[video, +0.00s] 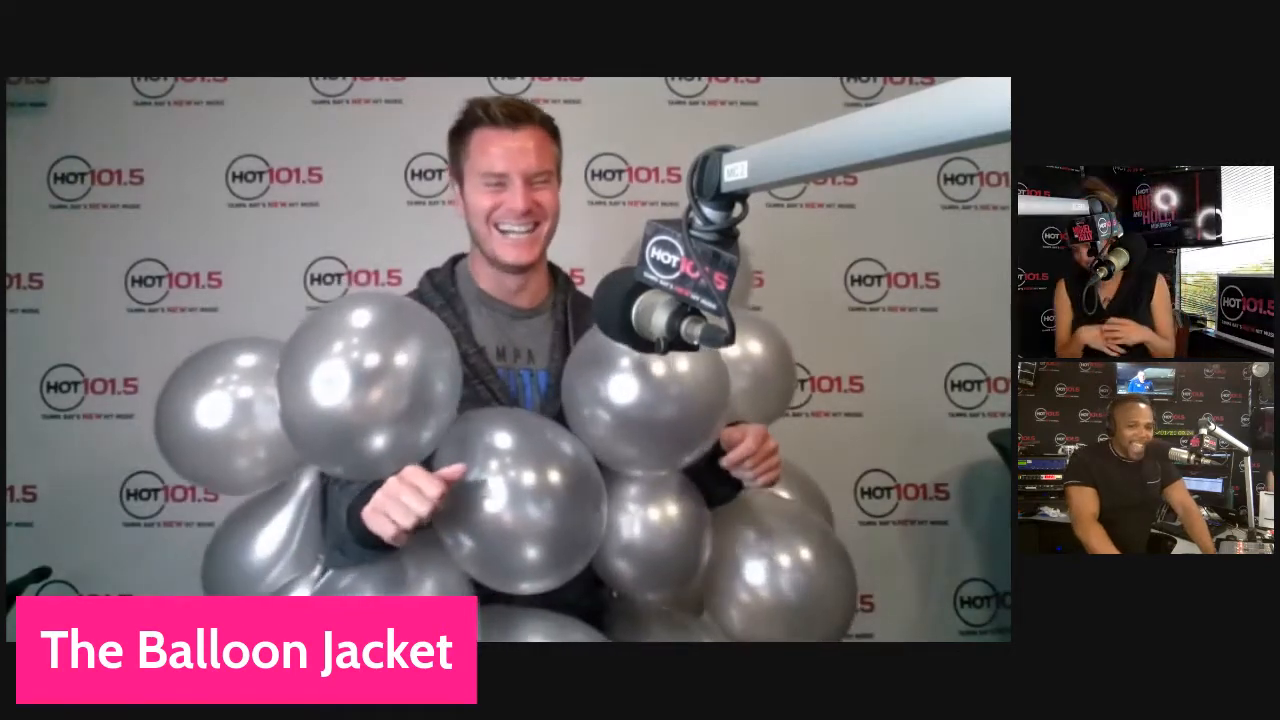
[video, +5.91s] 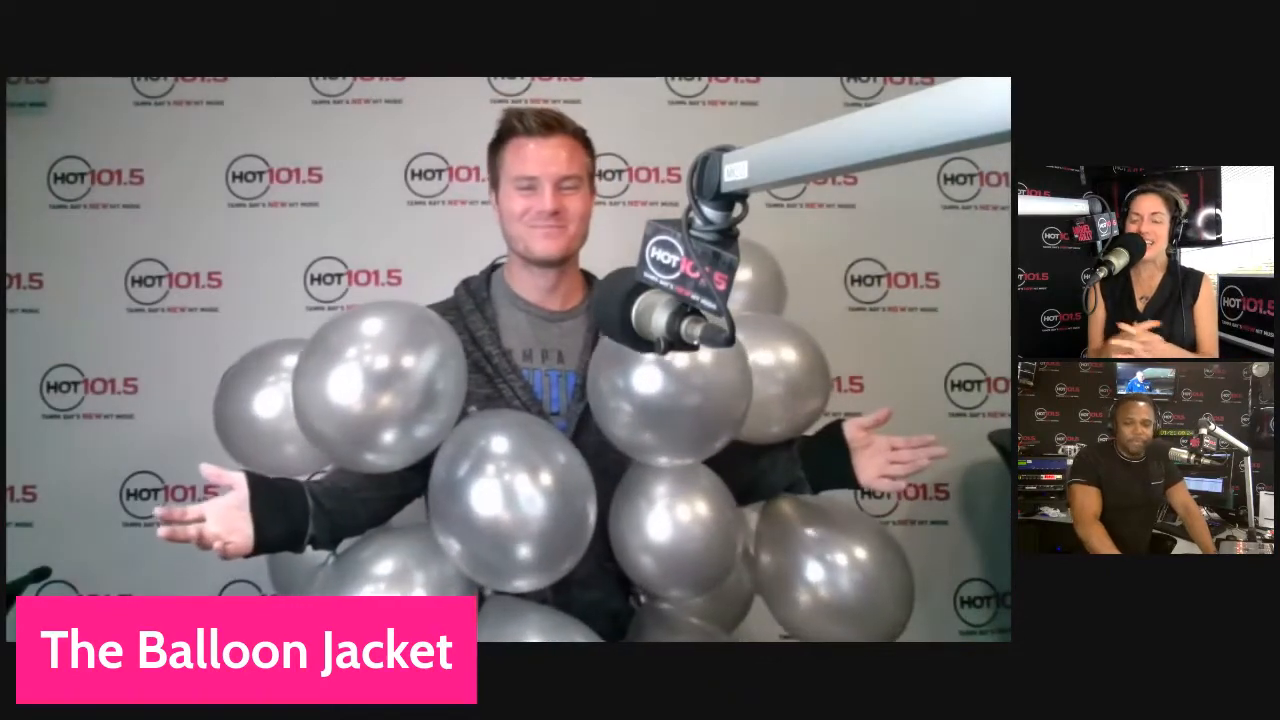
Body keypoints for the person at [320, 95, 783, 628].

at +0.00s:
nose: (520, 204)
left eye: (538, 181)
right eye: (495, 183)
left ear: (560, 191)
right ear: (457, 194)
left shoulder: (604, 329)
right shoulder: (406, 334)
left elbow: (657, 486)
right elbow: (335, 502)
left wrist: (728, 462)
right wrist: (373, 503)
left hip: (589, 616)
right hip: (446, 617)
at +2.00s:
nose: (530, 195)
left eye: (552, 177)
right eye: (510, 176)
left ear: (582, 195)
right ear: (482, 191)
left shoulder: (630, 324)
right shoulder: (421, 331)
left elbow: (680, 454)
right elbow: (365, 443)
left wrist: (756, 480)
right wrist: (346, 500)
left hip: (610, 613)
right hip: (463, 611)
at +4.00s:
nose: (550, 203)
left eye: (570, 181)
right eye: (526, 183)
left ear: (597, 192)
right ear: (494, 194)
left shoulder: (651, 318)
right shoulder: (433, 331)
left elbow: (707, 458)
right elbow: (380, 447)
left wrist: (780, 493)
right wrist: (350, 503)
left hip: (639, 617)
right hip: (487, 616)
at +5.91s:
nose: (549, 205)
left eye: (568, 187)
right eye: (527, 188)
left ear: (592, 201)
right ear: (494, 203)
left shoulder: (648, 324)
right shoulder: (439, 334)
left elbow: (716, 460)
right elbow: (392, 473)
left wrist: (833, 456)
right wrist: (277, 510)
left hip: (641, 610)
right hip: (496, 606)